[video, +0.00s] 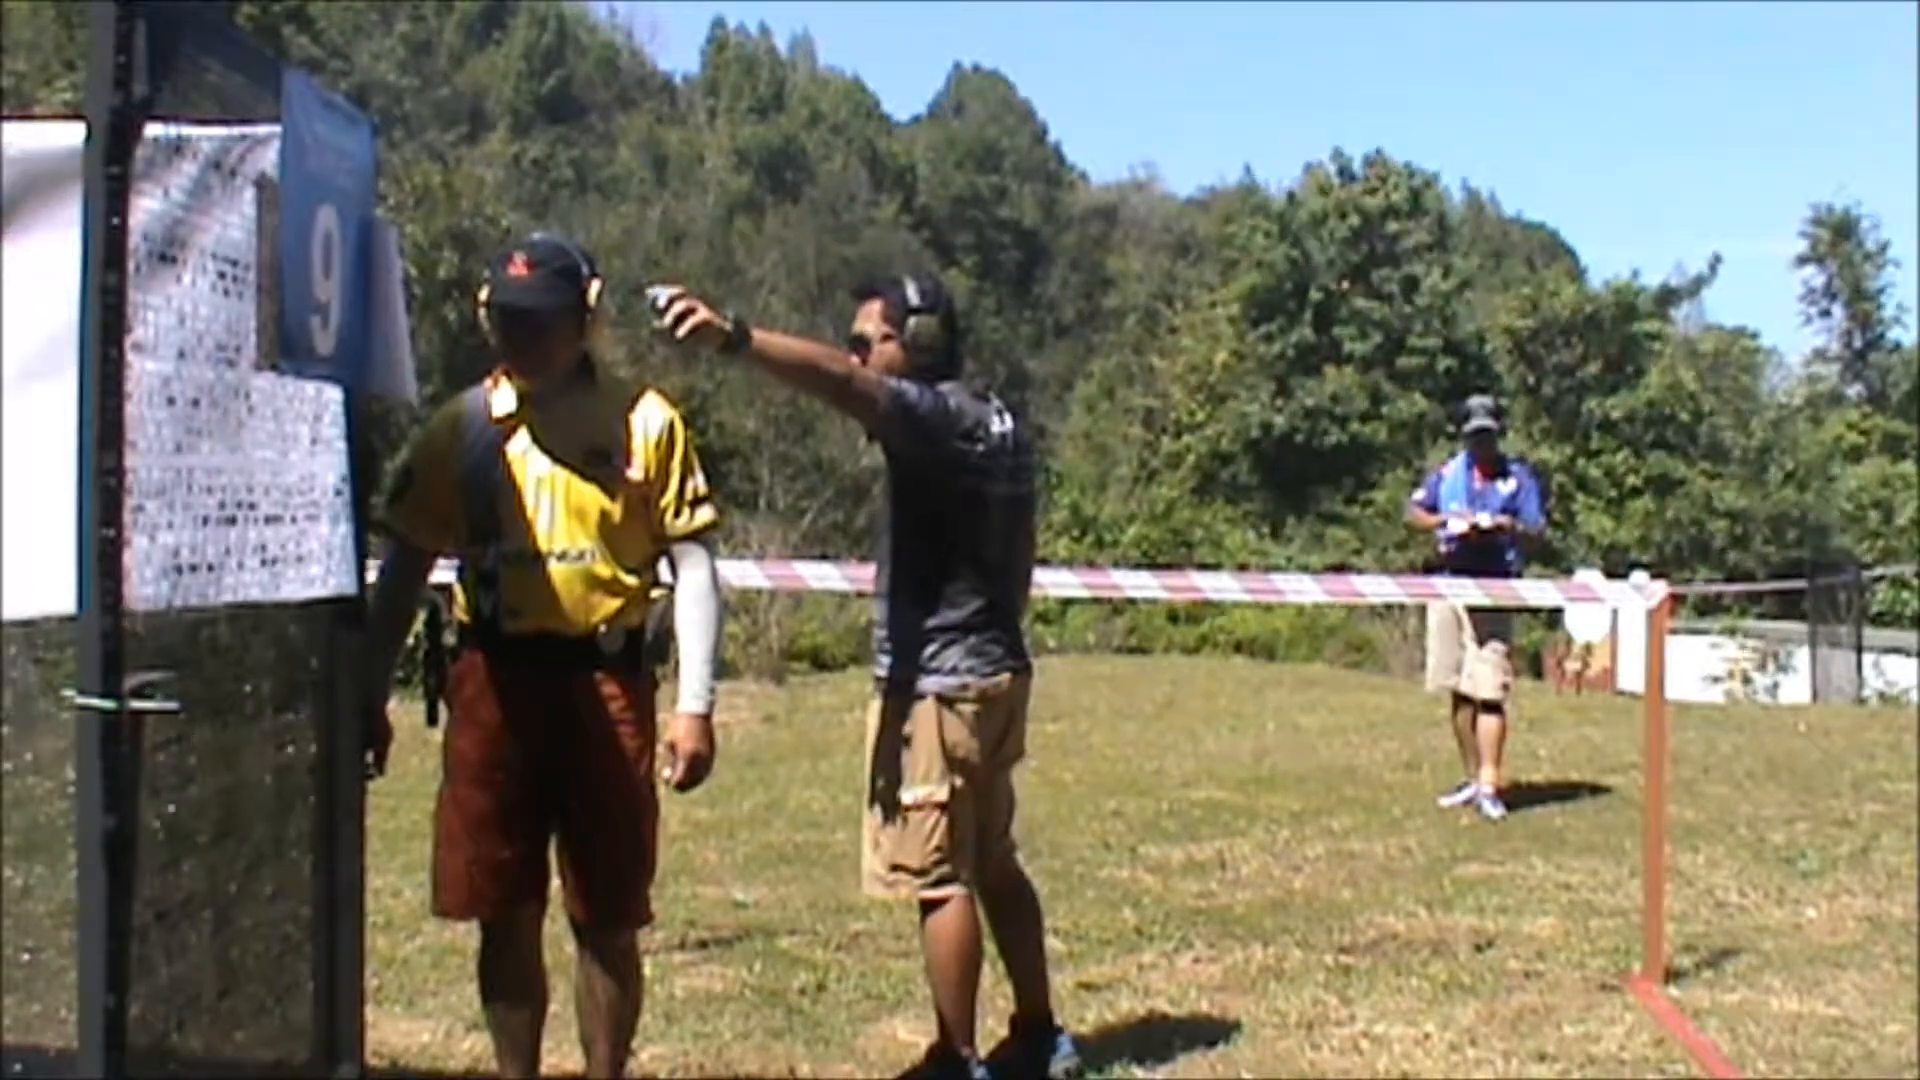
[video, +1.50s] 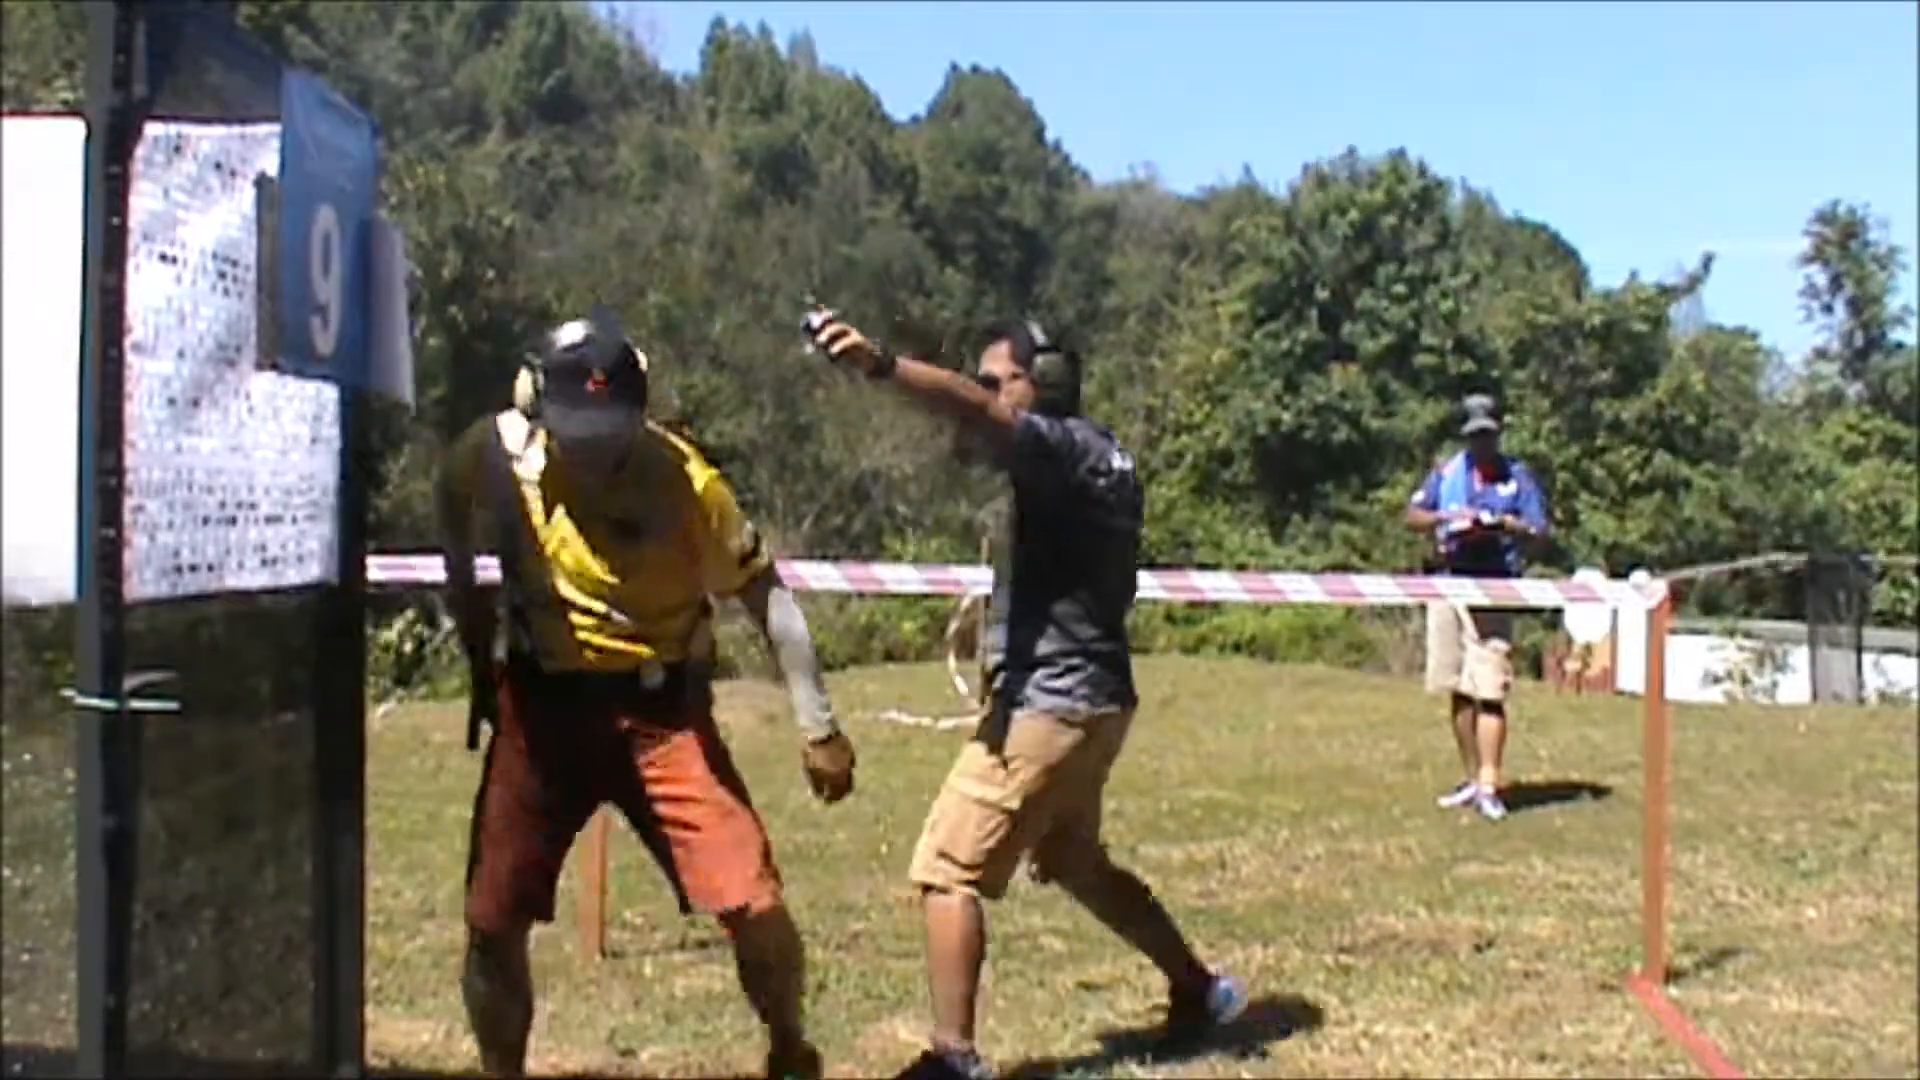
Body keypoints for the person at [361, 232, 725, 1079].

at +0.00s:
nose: (519, 338)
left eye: (539, 323)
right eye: (507, 320)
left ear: (586, 323)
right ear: (490, 317)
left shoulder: (645, 424)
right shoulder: (463, 426)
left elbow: (693, 565)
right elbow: (405, 565)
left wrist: (695, 701)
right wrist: (369, 695)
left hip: (606, 692)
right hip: (495, 693)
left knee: (607, 923)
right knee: (503, 914)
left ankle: (607, 1071)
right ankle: (517, 1072)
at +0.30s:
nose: (518, 338)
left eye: (538, 323)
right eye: (507, 320)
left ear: (585, 324)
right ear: (491, 319)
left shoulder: (646, 424)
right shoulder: (465, 425)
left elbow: (693, 565)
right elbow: (405, 564)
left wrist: (695, 701)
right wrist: (368, 694)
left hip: (606, 694)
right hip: (496, 693)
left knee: (607, 924)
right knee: (504, 917)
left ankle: (606, 1072)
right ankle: (517, 1072)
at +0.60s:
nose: (516, 339)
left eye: (536, 324)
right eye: (505, 321)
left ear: (583, 325)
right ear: (489, 319)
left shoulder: (645, 424)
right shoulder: (465, 426)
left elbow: (692, 565)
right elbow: (405, 564)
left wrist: (694, 701)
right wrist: (369, 695)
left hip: (605, 694)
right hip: (495, 694)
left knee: (606, 925)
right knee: (503, 918)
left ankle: (606, 1072)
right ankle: (517, 1072)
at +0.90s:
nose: (517, 339)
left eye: (537, 324)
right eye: (507, 321)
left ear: (585, 327)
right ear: (491, 319)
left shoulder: (646, 424)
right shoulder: (466, 425)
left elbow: (693, 565)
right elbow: (406, 565)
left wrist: (696, 701)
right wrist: (370, 696)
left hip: (606, 692)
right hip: (495, 692)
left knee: (606, 924)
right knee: (503, 915)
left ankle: (605, 1071)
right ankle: (517, 1072)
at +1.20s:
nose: (527, 359)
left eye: (547, 342)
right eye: (517, 341)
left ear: (595, 336)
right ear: (497, 334)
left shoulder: (651, 430)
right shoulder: (472, 430)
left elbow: (714, 568)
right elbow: (404, 565)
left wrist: (740, 705)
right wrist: (360, 694)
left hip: (616, 689)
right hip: (502, 689)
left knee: (620, 920)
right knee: (505, 913)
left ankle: (614, 1071)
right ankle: (514, 1071)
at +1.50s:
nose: (594, 453)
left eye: (610, 435)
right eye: (575, 437)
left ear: (638, 411)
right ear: (545, 413)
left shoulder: (685, 481)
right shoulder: (495, 455)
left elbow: (766, 594)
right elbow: (455, 522)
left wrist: (818, 723)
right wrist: (479, 649)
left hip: (664, 714)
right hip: (541, 712)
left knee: (757, 909)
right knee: (491, 928)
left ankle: (789, 1048)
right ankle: (503, 1071)